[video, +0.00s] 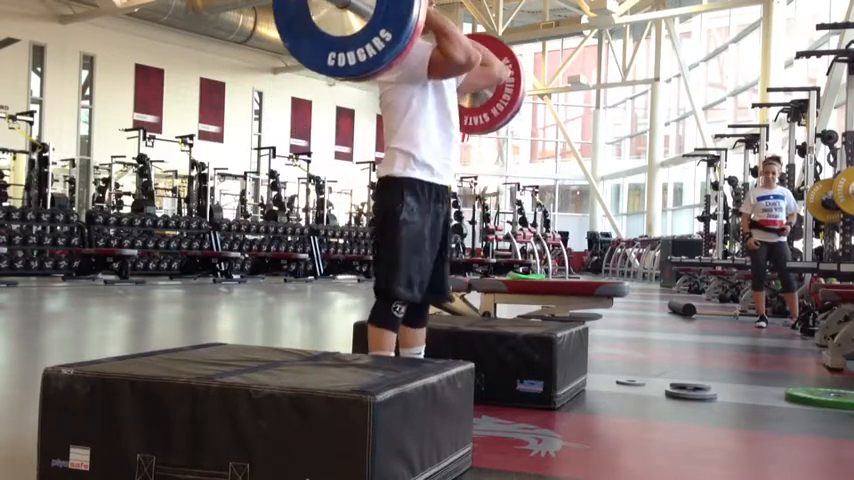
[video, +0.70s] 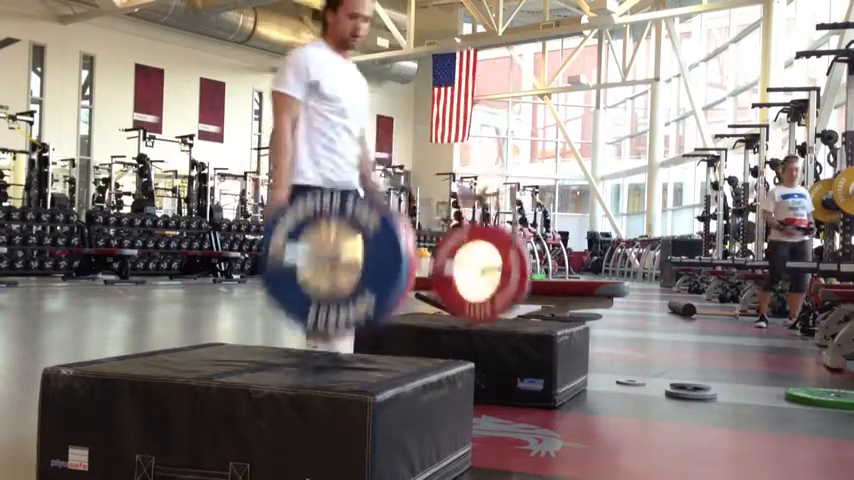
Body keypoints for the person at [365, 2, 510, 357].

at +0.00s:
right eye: (417, 12)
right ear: (405, 18)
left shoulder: (438, 64)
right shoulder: (396, 53)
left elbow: (496, 70)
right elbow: (460, 56)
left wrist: (453, 33)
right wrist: (428, 14)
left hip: (436, 189)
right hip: (405, 186)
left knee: (420, 299)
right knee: (394, 297)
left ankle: (412, 384)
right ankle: (381, 388)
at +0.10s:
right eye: (415, 7)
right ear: (407, 11)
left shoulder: (437, 54)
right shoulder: (393, 45)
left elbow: (494, 80)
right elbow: (456, 57)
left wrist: (454, 30)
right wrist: (430, 9)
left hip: (426, 187)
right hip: (394, 185)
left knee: (414, 299)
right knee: (387, 298)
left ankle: (411, 387)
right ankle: (379, 390)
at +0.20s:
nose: (430, 10)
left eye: (431, 5)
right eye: (424, 3)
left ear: (431, 12)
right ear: (404, 7)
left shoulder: (430, 59)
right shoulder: (388, 44)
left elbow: (451, 121)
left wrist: (470, 85)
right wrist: (434, 67)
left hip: (415, 193)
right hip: (378, 186)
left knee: (411, 296)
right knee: (378, 296)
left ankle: (412, 382)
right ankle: (370, 389)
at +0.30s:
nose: (430, 15)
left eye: (432, 10)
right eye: (426, 7)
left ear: (424, 12)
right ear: (407, 4)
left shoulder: (410, 47)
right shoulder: (371, 36)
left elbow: (403, 98)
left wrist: (439, 87)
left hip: (401, 188)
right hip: (367, 186)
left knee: (414, 276)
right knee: (371, 294)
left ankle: (391, 373)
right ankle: (370, 386)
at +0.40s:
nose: (415, 15)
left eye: (417, 9)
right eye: (408, 6)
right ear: (381, 7)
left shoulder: (399, 65)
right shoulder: (362, 52)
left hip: (396, 196)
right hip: (361, 194)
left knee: (403, 292)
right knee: (367, 299)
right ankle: (373, 386)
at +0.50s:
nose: (398, 24)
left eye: (402, 16)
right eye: (390, 14)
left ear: (403, 20)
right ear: (363, 13)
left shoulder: (381, 70)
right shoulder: (340, 58)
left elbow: (373, 136)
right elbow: (292, 113)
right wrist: (252, 160)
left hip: (375, 189)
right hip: (343, 186)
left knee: (370, 286)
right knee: (358, 291)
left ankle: (323, 365)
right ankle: (373, 384)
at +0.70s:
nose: (360, 26)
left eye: (366, 20)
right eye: (353, 17)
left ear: (370, 26)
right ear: (330, 15)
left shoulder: (356, 78)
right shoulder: (304, 59)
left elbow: (360, 145)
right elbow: (283, 125)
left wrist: (376, 196)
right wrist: (280, 189)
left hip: (350, 196)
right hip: (311, 193)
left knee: (339, 290)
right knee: (326, 291)